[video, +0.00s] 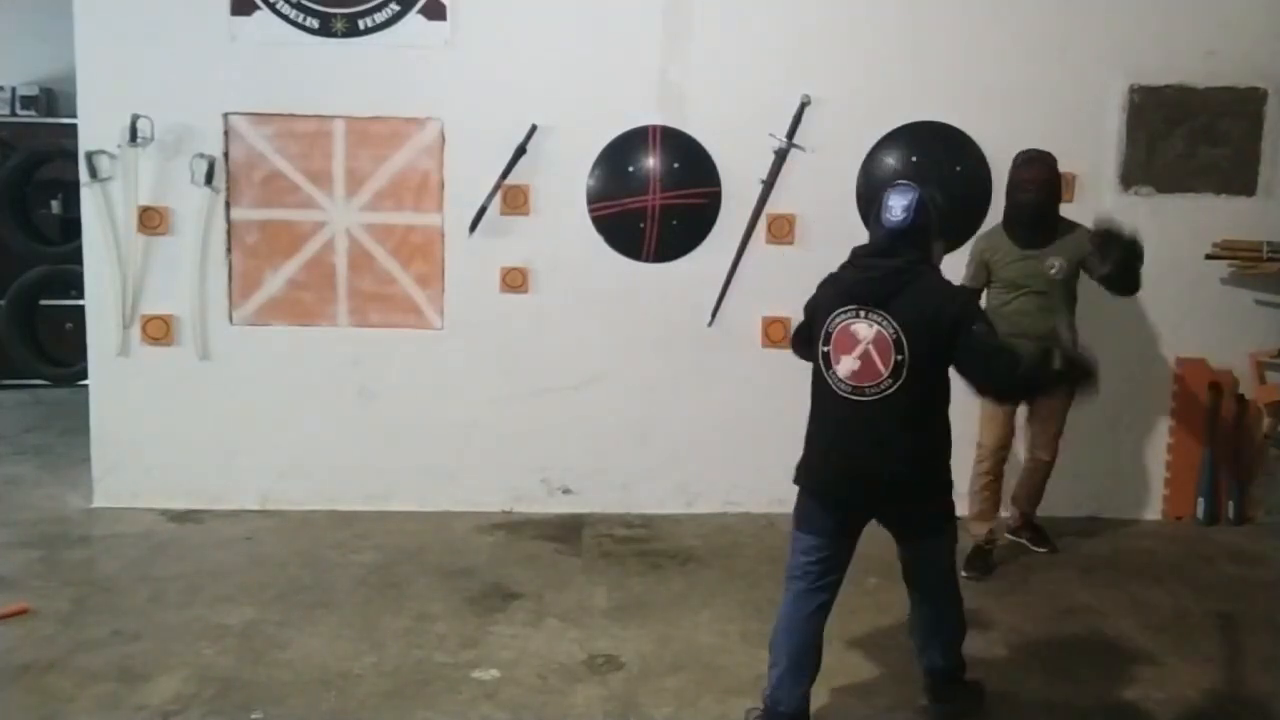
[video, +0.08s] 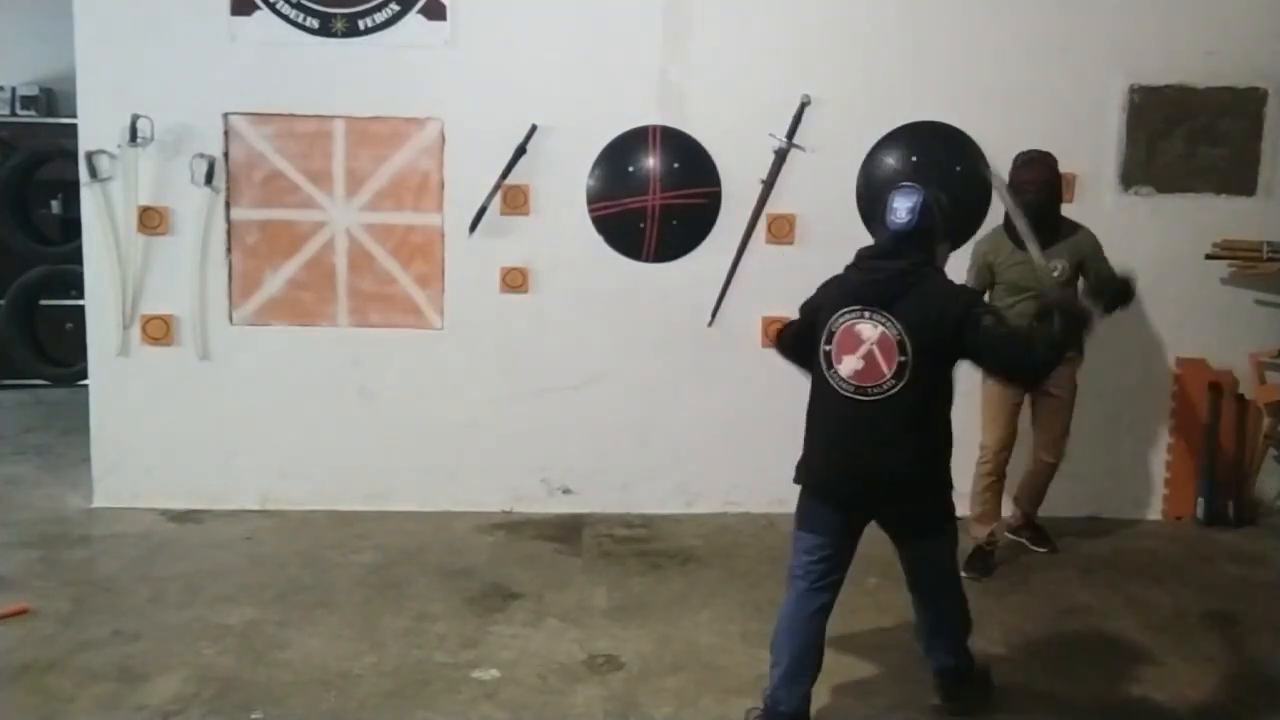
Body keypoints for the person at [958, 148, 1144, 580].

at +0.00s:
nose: (1029, 195)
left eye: (1038, 187)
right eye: (1021, 186)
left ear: (1057, 191)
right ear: (1008, 189)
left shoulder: (1076, 241)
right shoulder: (989, 244)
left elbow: (1123, 286)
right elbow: (963, 307)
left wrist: (1124, 260)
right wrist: (970, 353)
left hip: (1055, 364)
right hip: (1000, 361)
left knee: (1042, 453)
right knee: (991, 449)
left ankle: (1021, 520)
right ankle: (982, 538)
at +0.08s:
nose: (1033, 197)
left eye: (1042, 188)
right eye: (1025, 188)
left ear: (1059, 191)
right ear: (1010, 191)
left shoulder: (1079, 241)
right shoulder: (991, 247)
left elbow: (1105, 294)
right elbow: (969, 308)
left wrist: (1118, 291)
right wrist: (982, 342)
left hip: (1059, 362)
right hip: (1004, 359)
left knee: (1049, 454)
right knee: (994, 450)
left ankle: (1021, 519)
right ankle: (982, 539)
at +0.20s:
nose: (1037, 207)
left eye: (1045, 197)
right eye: (1028, 198)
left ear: (1061, 198)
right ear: (1014, 200)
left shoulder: (1083, 247)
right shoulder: (997, 251)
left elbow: (1109, 304)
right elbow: (972, 306)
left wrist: (1076, 332)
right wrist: (1007, 335)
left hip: (1064, 369)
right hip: (1009, 368)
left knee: (1072, 452)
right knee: (995, 455)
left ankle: (1040, 512)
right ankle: (981, 542)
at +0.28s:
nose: (1041, 208)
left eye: (1050, 200)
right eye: (1033, 199)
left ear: (1065, 201)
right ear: (1021, 201)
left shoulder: (1089, 250)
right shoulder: (1004, 251)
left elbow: (1116, 306)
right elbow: (973, 293)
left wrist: (1079, 317)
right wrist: (1014, 319)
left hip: (1069, 371)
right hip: (1014, 368)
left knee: (1083, 452)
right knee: (997, 453)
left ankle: (1061, 508)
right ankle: (984, 539)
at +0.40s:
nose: (1054, 214)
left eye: (1064, 206)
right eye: (1048, 205)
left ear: (1081, 211)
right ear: (1037, 208)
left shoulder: (1103, 260)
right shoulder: (1020, 257)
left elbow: (1140, 318)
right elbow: (981, 297)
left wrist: (1110, 299)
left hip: (1081, 375)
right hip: (1026, 369)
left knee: (1096, 463)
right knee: (1012, 453)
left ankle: (1078, 516)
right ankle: (988, 537)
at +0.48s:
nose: (1069, 225)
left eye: (1079, 217)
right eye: (1063, 215)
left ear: (1094, 223)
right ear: (1052, 219)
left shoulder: (1110, 273)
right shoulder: (1029, 265)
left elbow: (1148, 326)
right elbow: (990, 311)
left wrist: (1124, 295)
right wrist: (1002, 274)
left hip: (1083, 385)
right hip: (1031, 378)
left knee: (1103, 475)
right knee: (1023, 458)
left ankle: (1078, 517)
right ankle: (996, 541)